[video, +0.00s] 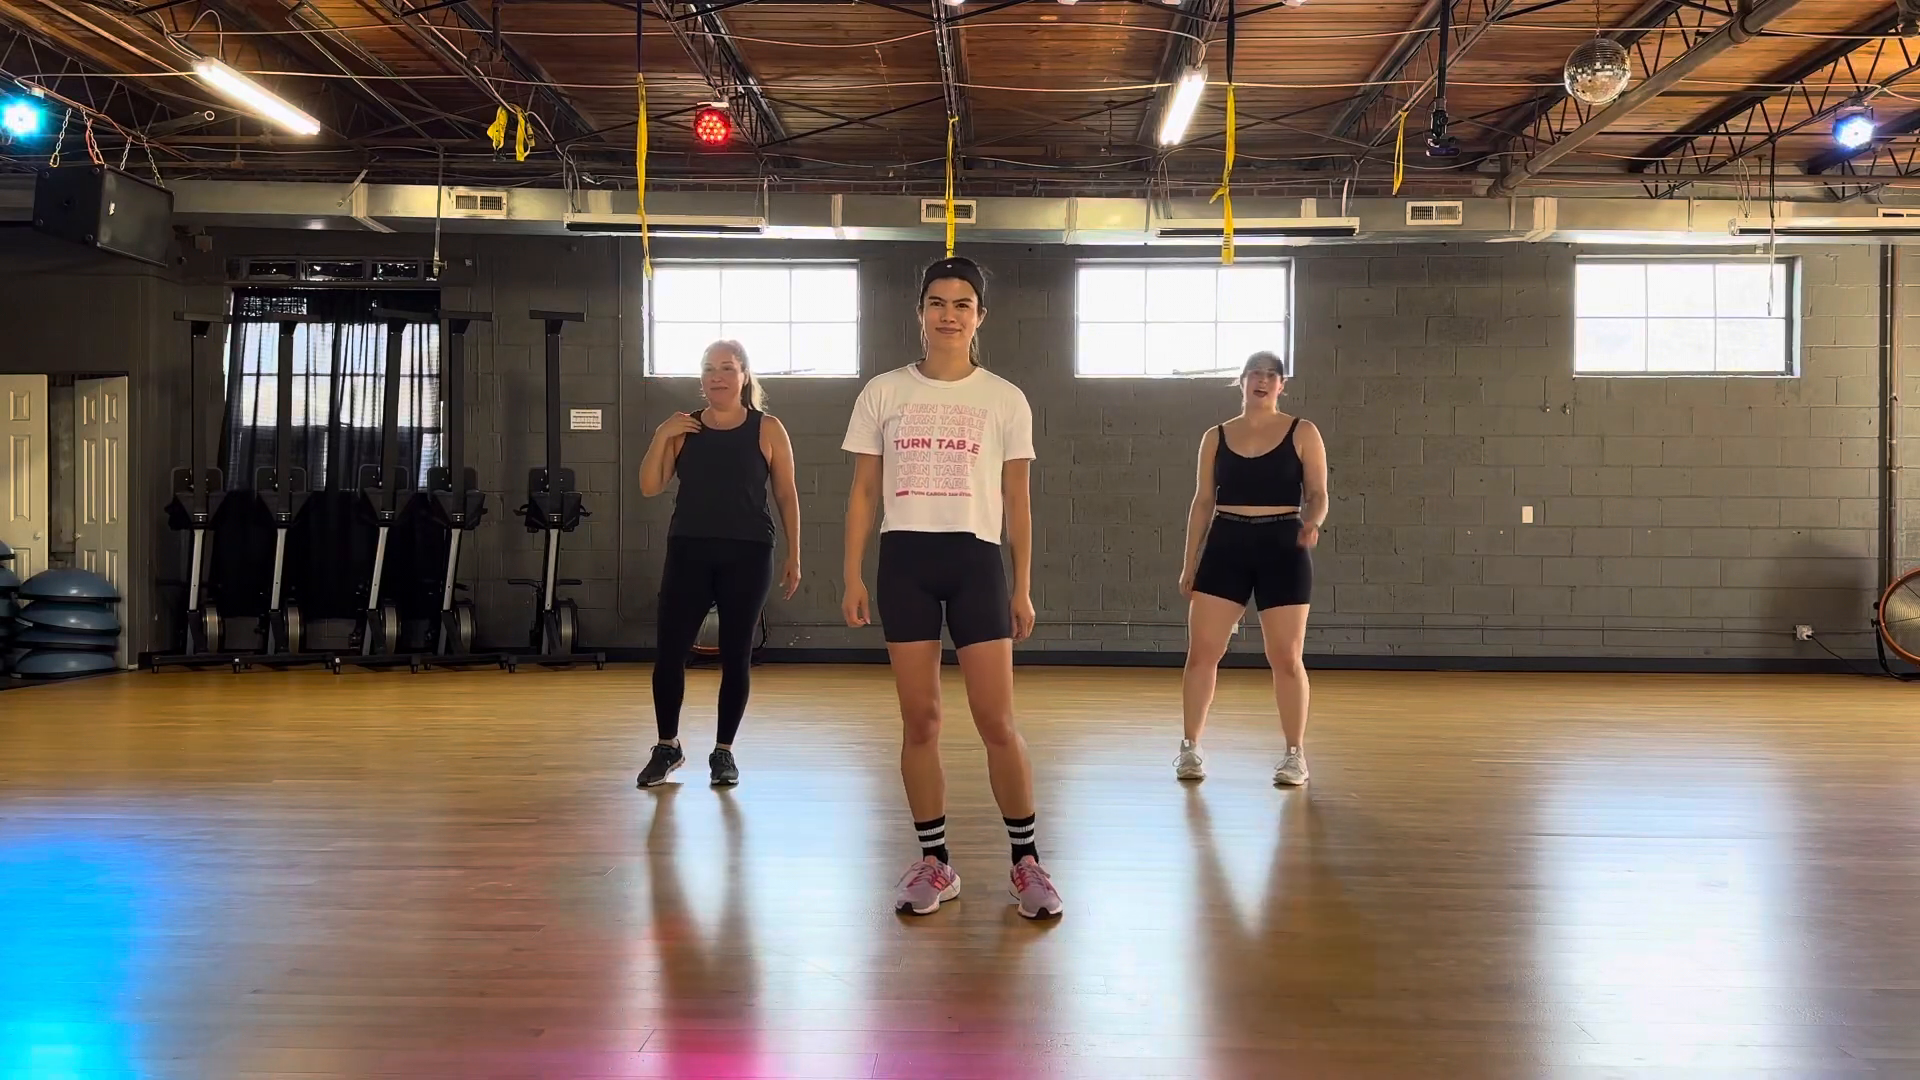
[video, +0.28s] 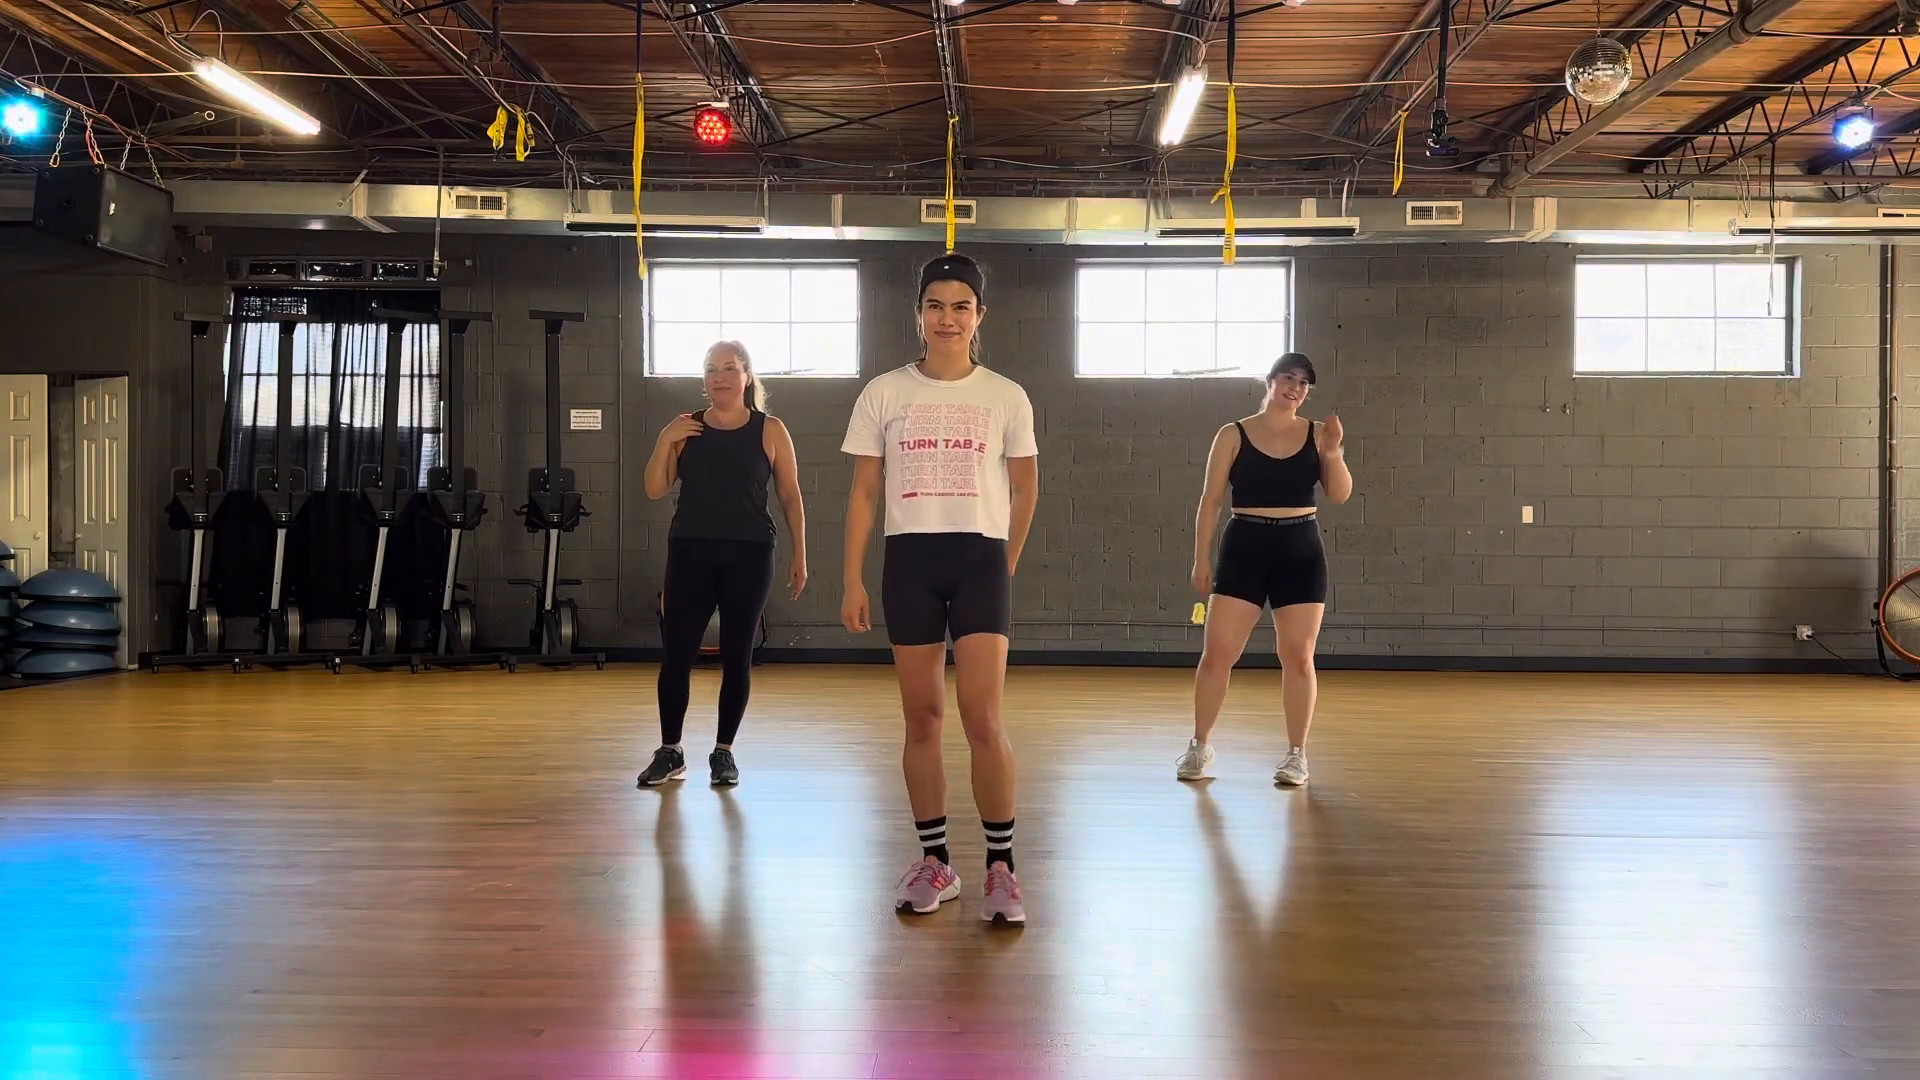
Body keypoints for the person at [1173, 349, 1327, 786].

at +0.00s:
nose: (1262, 381)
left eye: (1271, 375)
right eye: (1255, 374)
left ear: (1282, 385)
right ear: (1241, 382)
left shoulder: (1302, 433)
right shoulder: (1216, 436)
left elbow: (1317, 494)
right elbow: (1203, 502)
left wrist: (1311, 522)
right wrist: (1190, 561)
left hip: (1283, 551)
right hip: (1224, 549)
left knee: (1286, 659)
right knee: (1201, 652)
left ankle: (1294, 754)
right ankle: (1190, 748)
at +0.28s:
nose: (1292, 386)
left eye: (1300, 381)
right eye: (1285, 377)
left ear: (1307, 391)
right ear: (1269, 382)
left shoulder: (1317, 435)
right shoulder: (1233, 434)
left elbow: (1340, 494)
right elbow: (1210, 500)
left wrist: (1332, 452)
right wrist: (1202, 557)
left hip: (1300, 553)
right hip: (1244, 551)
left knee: (1299, 658)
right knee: (1215, 656)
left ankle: (1297, 756)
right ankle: (1199, 747)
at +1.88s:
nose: (1264, 364)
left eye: (1272, 358)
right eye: (1255, 357)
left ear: (1282, 368)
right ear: (1239, 366)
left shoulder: (1308, 416)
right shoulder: (1210, 427)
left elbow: (1338, 482)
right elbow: (1192, 497)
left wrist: (1339, 543)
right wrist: (1171, 560)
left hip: (1291, 546)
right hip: (1229, 548)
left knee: (1271, 651)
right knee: (1242, 669)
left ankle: (1272, 767)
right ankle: (1258, 767)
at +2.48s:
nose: (1276, 344)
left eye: (1286, 337)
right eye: (1265, 336)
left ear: (1298, 354)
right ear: (1246, 351)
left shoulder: (1319, 427)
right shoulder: (1212, 413)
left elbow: (1336, 508)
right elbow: (1177, 490)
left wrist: (1389, 545)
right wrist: (1130, 538)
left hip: (1297, 562)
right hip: (1226, 557)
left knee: (1273, 694)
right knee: (1230, 694)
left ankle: (1251, 812)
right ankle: (1209, 768)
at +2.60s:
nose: (1275, 342)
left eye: (1285, 336)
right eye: (1265, 334)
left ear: (1298, 353)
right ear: (1247, 349)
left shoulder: (1317, 420)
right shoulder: (1210, 408)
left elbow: (1364, 476)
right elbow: (1154, 465)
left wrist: (1406, 417)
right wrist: (1094, 416)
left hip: (1298, 548)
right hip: (1227, 546)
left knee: (1278, 691)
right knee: (1267, 653)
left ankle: (1251, 811)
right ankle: (1224, 746)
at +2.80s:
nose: (1265, 335)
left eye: (1275, 328)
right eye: (1255, 327)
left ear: (1288, 341)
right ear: (1237, 339)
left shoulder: (1314, 392)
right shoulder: (1211, 392)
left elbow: (1402, 391)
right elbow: (1130, 381)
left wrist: (1343, 368)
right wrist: (1173, 385)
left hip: (1304, 543)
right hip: (1232, 544)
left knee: (1277, 681)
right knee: (1286, 639)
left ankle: (1253, 809)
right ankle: (1295, 787)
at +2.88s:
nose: (1263, 338)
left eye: (1273, 330)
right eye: (1252, 330)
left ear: (1287, 339)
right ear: (1236, 339)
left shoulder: (1312, 373)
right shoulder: (1214, 390)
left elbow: (1398, 384)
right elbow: (1133, 387)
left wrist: (1346, 412)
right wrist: (1188, 425)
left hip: (1311, 539)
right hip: (1242, 541)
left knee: (1281, 689)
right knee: (1283, 683)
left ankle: (1251, 808)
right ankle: (1299, 828)